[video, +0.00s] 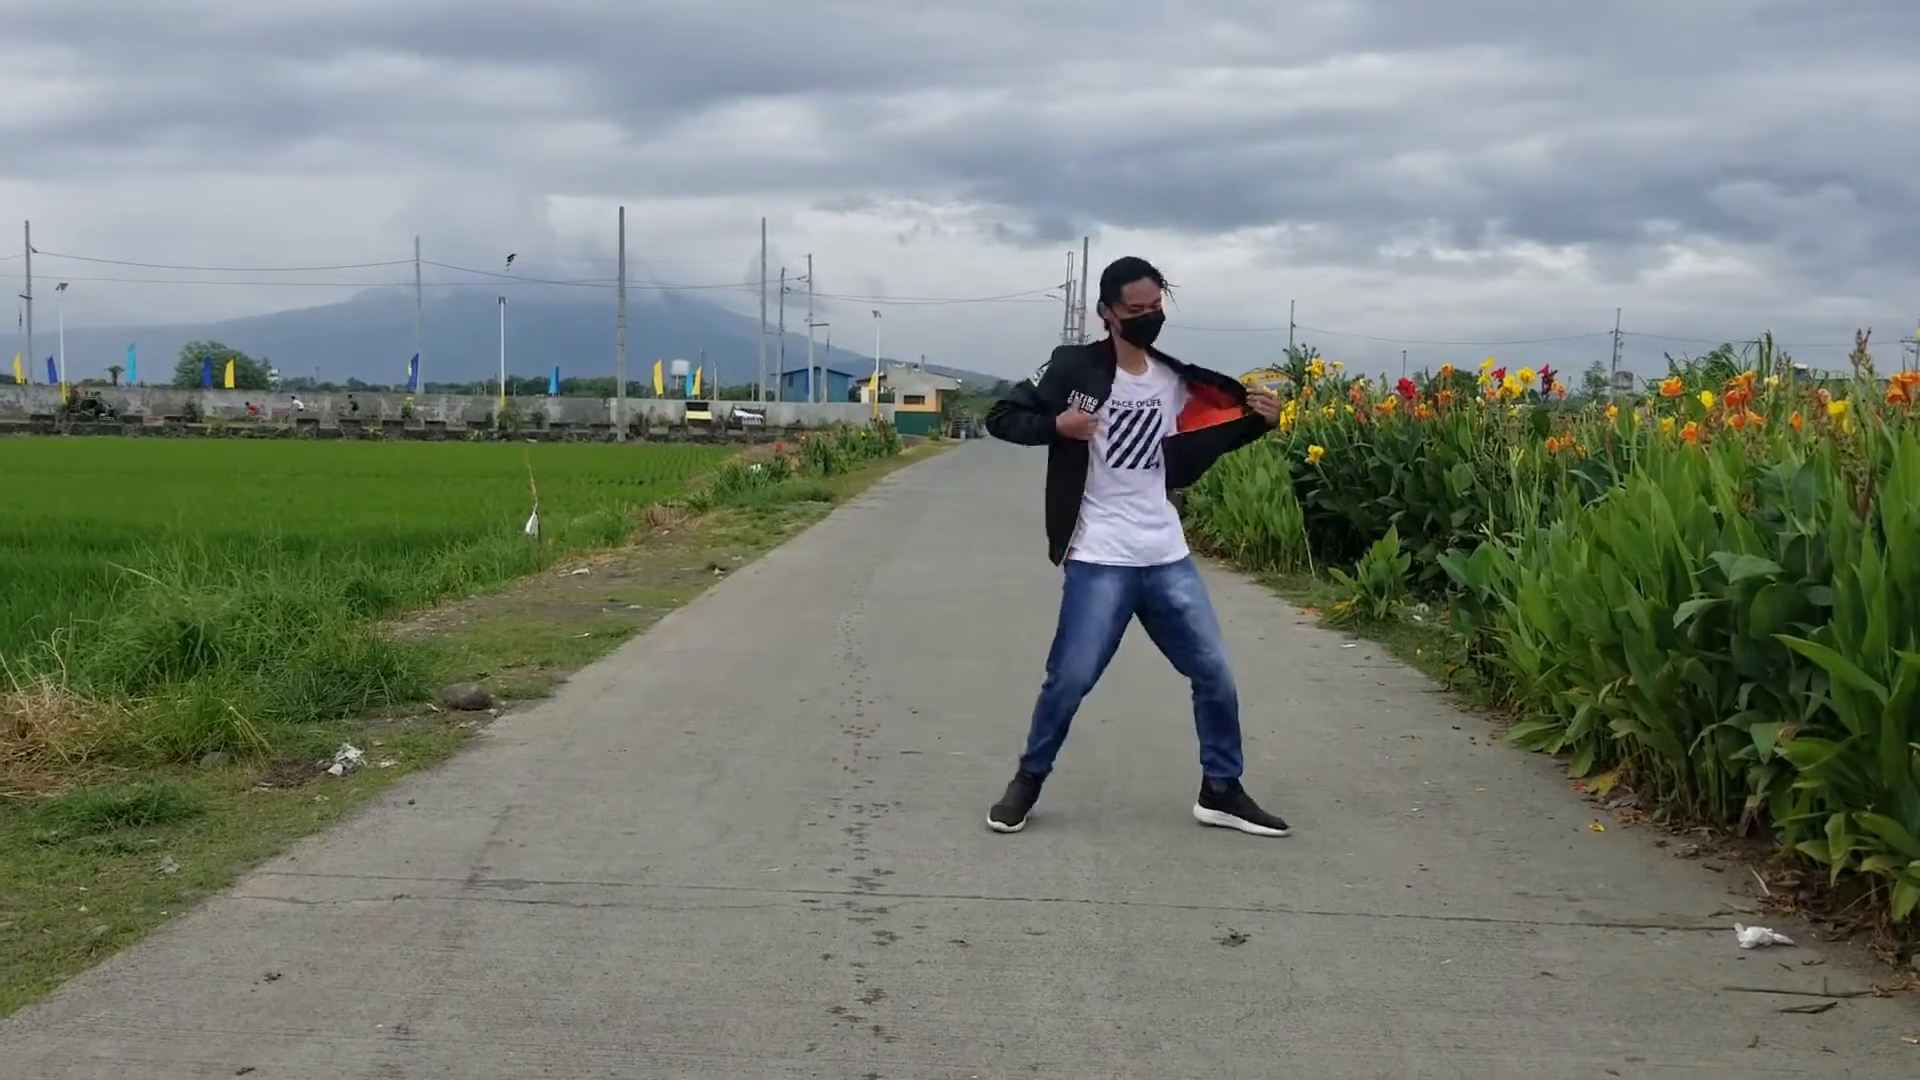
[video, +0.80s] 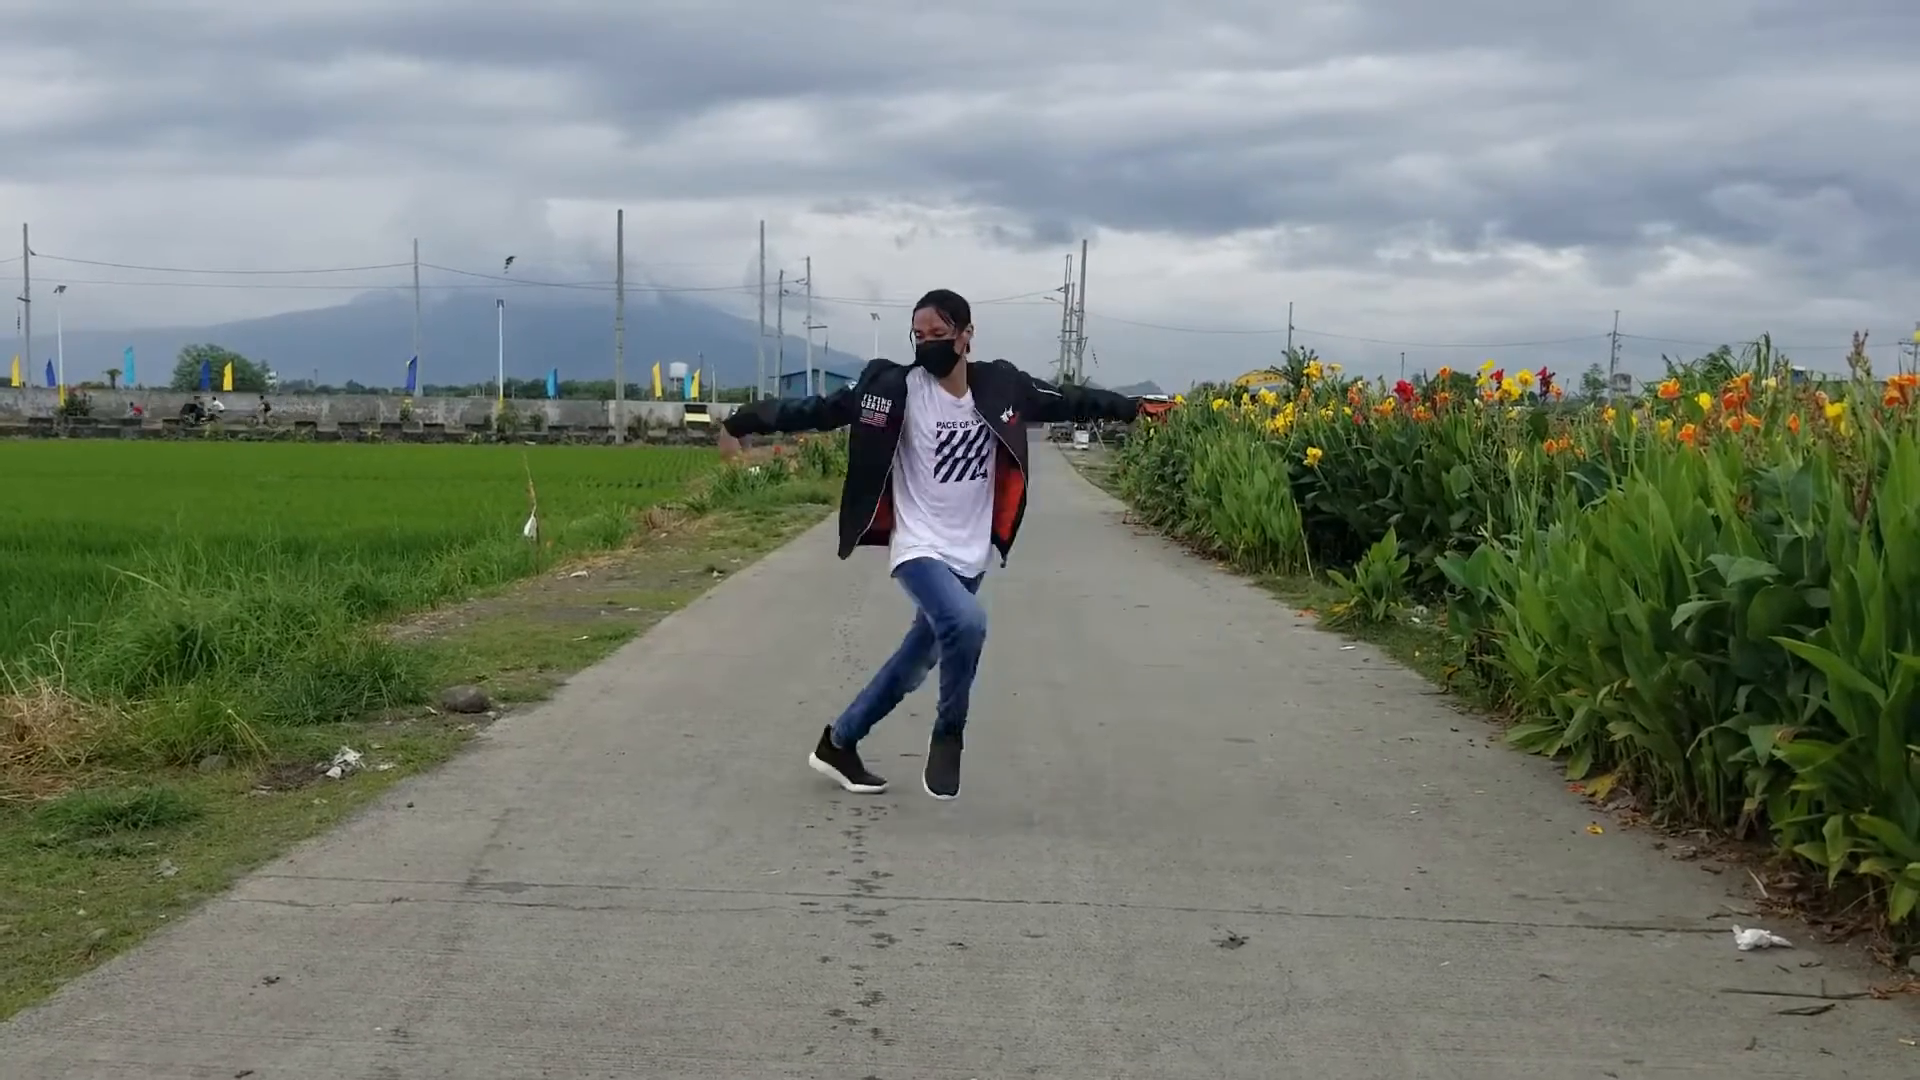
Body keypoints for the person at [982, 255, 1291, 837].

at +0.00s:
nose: (1151, 319)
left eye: (1157, 309)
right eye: (1138, 310)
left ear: (1163, 305)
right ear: (1108, 311)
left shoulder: (1175, 380)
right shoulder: (1074, 366)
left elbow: (1178, 460)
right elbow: (1003, 419)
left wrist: (1255, 422)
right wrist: (1055, 425)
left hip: (1165, 551)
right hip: (1098, 551)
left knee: (1215, 671)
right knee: (1071, 677)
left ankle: (1221, 789)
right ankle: (1028, 780)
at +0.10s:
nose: (1108, 319)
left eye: (1119, 308)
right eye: (1097, 308)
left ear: (1139, 303)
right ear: (1082, 307)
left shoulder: (1163, 363)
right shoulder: (1053, 362)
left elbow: (1195, 429)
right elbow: (982, 424)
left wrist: (1233, 444)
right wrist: (1000, 377)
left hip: (1156, 548)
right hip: (1086, 548)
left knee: (1213, 664)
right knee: (1056, 669)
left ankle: (1224, 782)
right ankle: (1003, 771)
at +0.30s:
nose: (1021, 317)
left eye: (1034, 309)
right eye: (1016, 306)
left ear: (1063, 315)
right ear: (1010, 310)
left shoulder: (1094, 370)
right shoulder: (992, 375)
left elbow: (1116, 442)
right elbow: (951, 457)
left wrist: (1148, 496)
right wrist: (922, 427)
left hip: (1096, 552)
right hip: (1029, 554)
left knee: (1156, 666)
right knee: (1029, 680)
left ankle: (1212, 771)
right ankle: (980, 782)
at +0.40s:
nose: (990, 321)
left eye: (1000, 311)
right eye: (985, 311)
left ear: (1033, 312)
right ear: (983, 310)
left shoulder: (1066, 365)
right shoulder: (962, 371)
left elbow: (1089, 441)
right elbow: (933, 445)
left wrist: (1117, 493)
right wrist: (915, 486)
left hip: (1065, 540)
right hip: (999, 542)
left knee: (1130, 648)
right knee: (1016, 667)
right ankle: (981, 783)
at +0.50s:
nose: (961, 313)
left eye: (971, 304)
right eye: (957, 303)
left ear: (1006, 300)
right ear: (956, 298)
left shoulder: (1039, 352)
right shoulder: (931, 360)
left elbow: (1072, 418)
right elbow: (908, 435)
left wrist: (1117, 439)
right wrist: (896, 460)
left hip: (1039, 531)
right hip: (976, 535)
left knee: (1079, 642)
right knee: (993, 659)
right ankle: (977, 778)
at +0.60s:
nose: (942, 308)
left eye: (953, 298)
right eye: (935, 298)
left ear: (985, 292)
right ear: (929, 294)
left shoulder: (1019, 340)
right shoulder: (910, 351)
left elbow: (1061, 374)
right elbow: (871, 423)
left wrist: (1128, 379)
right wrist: (833, 406)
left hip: (1012, 517)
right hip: (954, 518)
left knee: (995, 653)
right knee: (990, 632)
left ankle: (905, 707)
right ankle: (990, 745)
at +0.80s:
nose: (925, 345)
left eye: (936, 336)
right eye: (919, 337)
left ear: (965, 334)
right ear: (913, 336)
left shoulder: (1002, 384)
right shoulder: (893, 387)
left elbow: (1067, 402)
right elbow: (820, 411)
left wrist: (1129, 404)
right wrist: (750, 418)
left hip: (971, 558)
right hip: (916, 549)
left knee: (910, 666)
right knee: (967, 623)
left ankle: (837, 741)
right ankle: (949, 735)